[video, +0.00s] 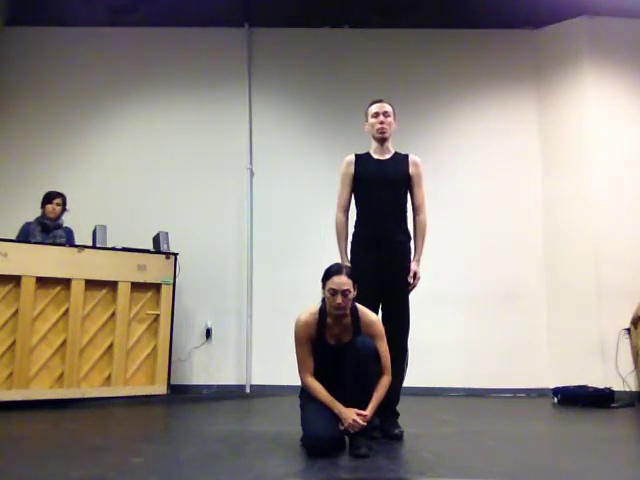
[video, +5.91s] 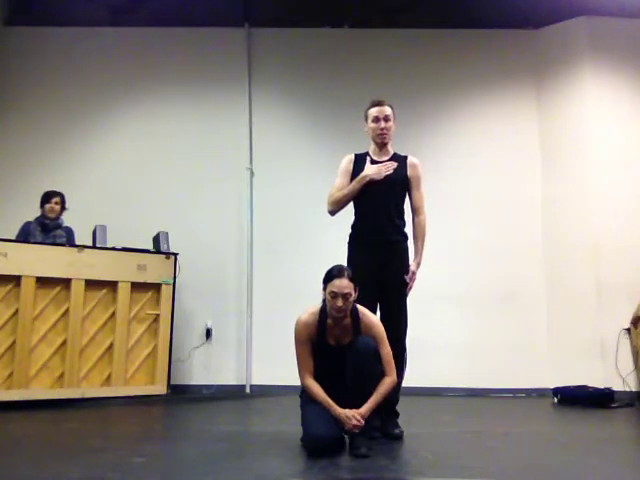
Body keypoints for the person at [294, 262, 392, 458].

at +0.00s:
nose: (339, 300)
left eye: (345, 294)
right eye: (333, 293)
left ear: (354, 293)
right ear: (323, 292)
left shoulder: (370, 322)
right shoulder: (306, 323)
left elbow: (386, 374)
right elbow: (307, 377)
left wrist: (365, 415)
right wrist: (341, 411)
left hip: (356, 392)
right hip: (321, 393)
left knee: (364, 346)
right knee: (321, 445)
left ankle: (360, 432)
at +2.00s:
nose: (339, 301)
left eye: (346, 294)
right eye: (333, 294)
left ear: (355, 293)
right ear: (324, 292)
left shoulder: (371, 322)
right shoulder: (307, 323)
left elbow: (386, 374)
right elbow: (307, 378)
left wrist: (366, 414)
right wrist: (342, 412)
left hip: (355, 392)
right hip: (321, 393)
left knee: (364, 347)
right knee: (321, 445)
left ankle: (360, 431)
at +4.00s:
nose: (340, 302)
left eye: (347, 295)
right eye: (334, 295)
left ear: (356, 294)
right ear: (325, 292)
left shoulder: (372, 323)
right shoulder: (307, 323)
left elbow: (387, 375)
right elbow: (306, 378)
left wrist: (367, 413)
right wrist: (341, 411)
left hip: (355, 393)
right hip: (321, 393)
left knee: (365, 347)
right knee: (322, 444)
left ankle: (360, 432)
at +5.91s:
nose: (339, 304)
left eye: (346, 297)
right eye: (333, 296)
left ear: (355, 295)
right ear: (324, 293)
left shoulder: (370, 323)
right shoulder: (306, 324)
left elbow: (391, 377)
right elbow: (306, 378)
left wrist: (362, 414)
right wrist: (338, 413)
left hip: (356, 394)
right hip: (321, 396)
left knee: (365, 346)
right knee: (320, 445)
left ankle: (360, 433)